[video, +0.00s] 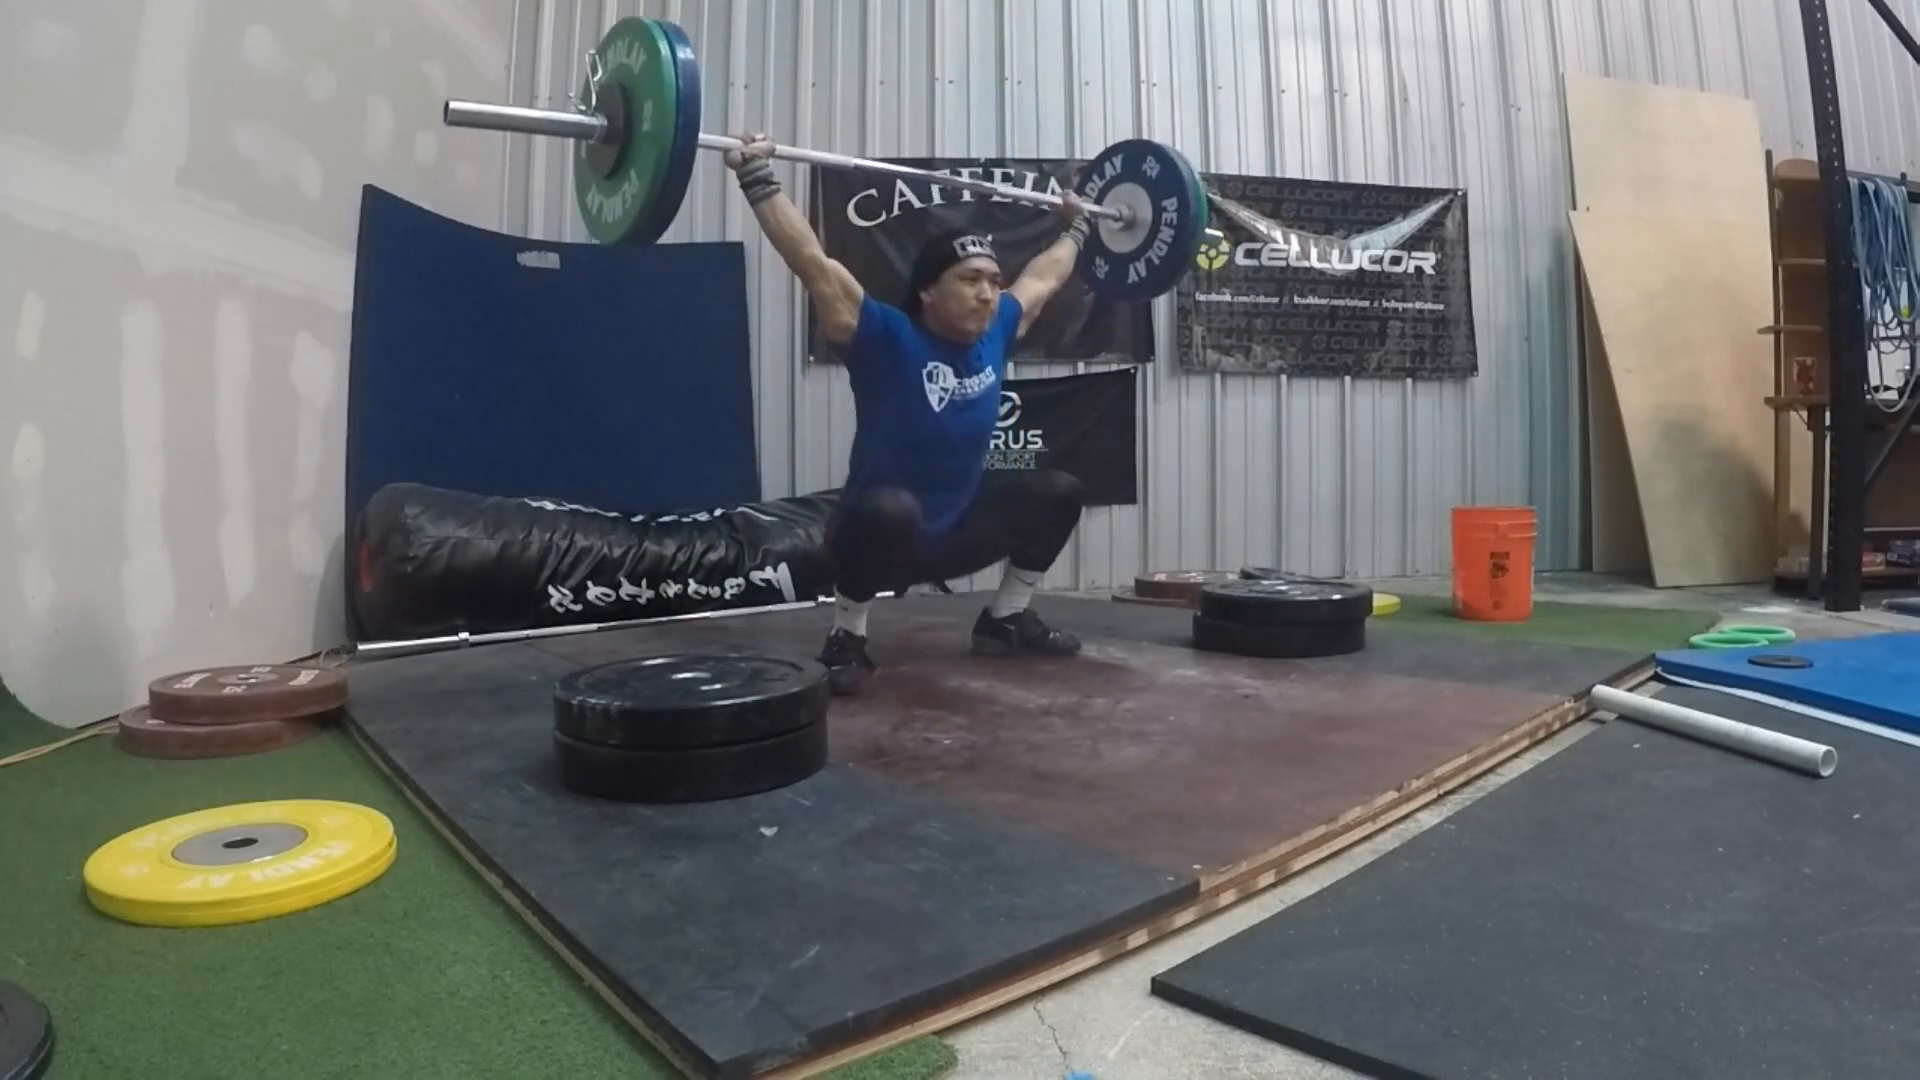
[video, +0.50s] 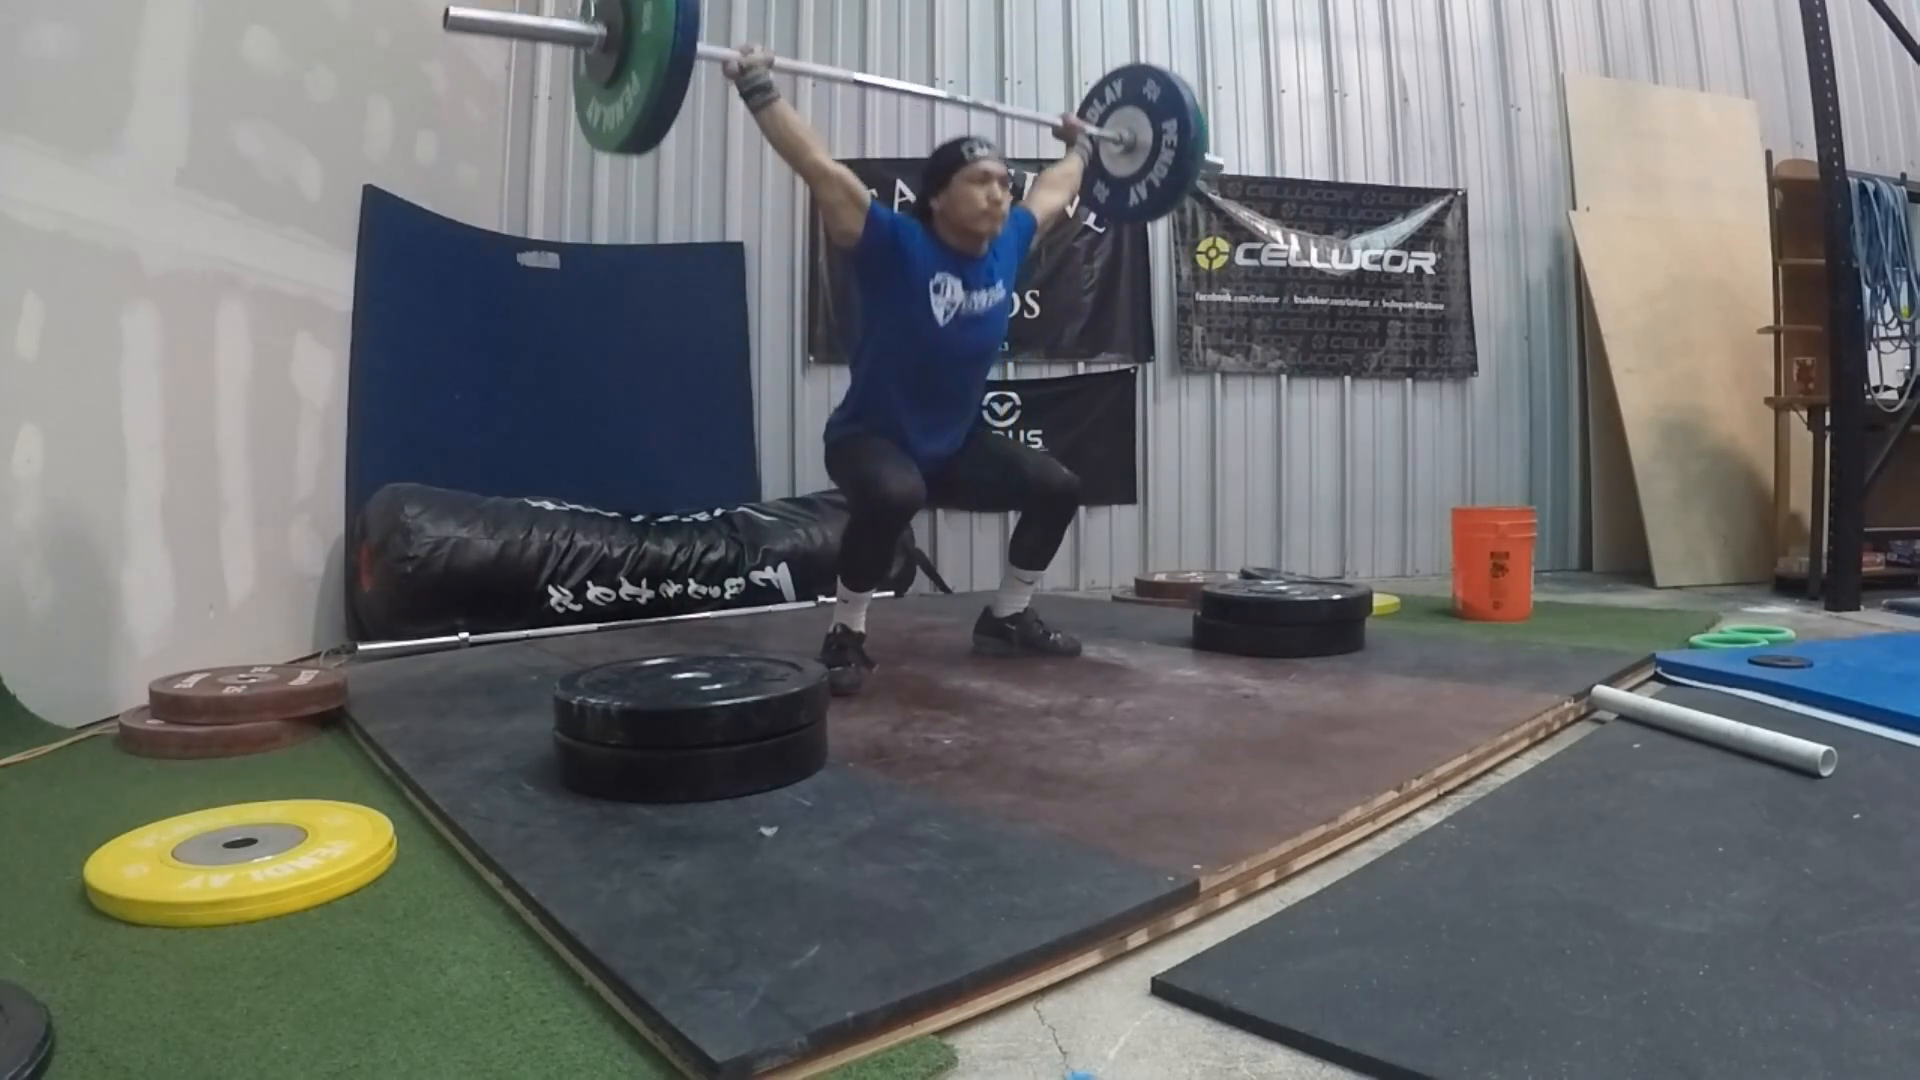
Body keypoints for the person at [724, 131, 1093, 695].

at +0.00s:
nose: (986, 294)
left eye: (991, 283)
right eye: (970, 280)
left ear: (998, 293)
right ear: (927, 295)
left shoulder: (993, 335)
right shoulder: (881, 337)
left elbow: (1042, 279)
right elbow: (815, 267)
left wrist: (1075, 228)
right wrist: (757, 179)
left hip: (957, 535)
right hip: (883, 538)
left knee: (1058, 494)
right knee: (888, 507)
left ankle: (1005, 617)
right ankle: (847, 636)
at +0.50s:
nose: (998, 194)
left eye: (1001, 184)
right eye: (982, 182)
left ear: (1006, 200)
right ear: (938, 197)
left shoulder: (1006, 247)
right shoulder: (890, 244)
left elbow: (1052, 192)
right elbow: (820, 171)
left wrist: (1080, 148)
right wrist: (759, 87)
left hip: (954, 446)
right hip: (871, 439)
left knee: (1057, 487)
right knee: (895, 493)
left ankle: (1006, 616)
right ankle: (846, 633)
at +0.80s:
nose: (980, 126)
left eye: (985, 113)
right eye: (963, 112)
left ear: (988, 127)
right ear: (919, 125)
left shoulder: (987, 176)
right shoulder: (872, 173)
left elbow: (1034, 132)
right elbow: (802, 100)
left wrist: (1066, 89)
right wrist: (740, 20)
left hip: (943, 395)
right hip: (863, 392)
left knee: (1041, 480)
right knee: (890, 488)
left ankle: (1005, 615)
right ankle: (838, 629)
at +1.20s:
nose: (923, 41)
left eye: (929, 29)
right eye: (910, 25)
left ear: (931, 41)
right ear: (864, 30)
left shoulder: (935, 88)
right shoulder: (820, 76)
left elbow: (988, 42)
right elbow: (762, 12)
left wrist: (1030, 6)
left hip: (910, 318)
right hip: (830, 316)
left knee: (940, 456)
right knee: (835, 458)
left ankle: (901, 588)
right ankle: (824, 627)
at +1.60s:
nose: (863, 79)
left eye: (870, 69)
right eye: (849, 67)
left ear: (874, 75)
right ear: (809, 72)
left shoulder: (887, 131)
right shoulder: (777, 126)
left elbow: (958, 106)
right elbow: (702, 82)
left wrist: (1004, 51)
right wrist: (690, 8)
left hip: (897, 331)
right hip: (824, 332)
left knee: (901, 468)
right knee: (828, 463)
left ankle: (880, 614)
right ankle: (822, 629)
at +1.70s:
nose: (846, 91)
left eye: (852, 81)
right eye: (832, 78)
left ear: (856, 86)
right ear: (792, 82)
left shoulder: (869, 144)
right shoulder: (763, 139)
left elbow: (938, 161)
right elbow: (683, 140)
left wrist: (996, 117)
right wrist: (691, 66)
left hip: (883, 328)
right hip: (812, 330)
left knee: (883, 465)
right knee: (817, 454)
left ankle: (879, 614)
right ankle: (805, 612)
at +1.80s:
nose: (835, 96)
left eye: (841, 86)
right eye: (823, 83)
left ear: (846, 93)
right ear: (783, 88)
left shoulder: (855, 156)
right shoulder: (746, 148)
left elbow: (928, 215)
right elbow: (675, 201)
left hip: (866, 328)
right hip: (796, 329)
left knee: (870, 459)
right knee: (809, 449)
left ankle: (878, 612)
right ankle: (757, 585)